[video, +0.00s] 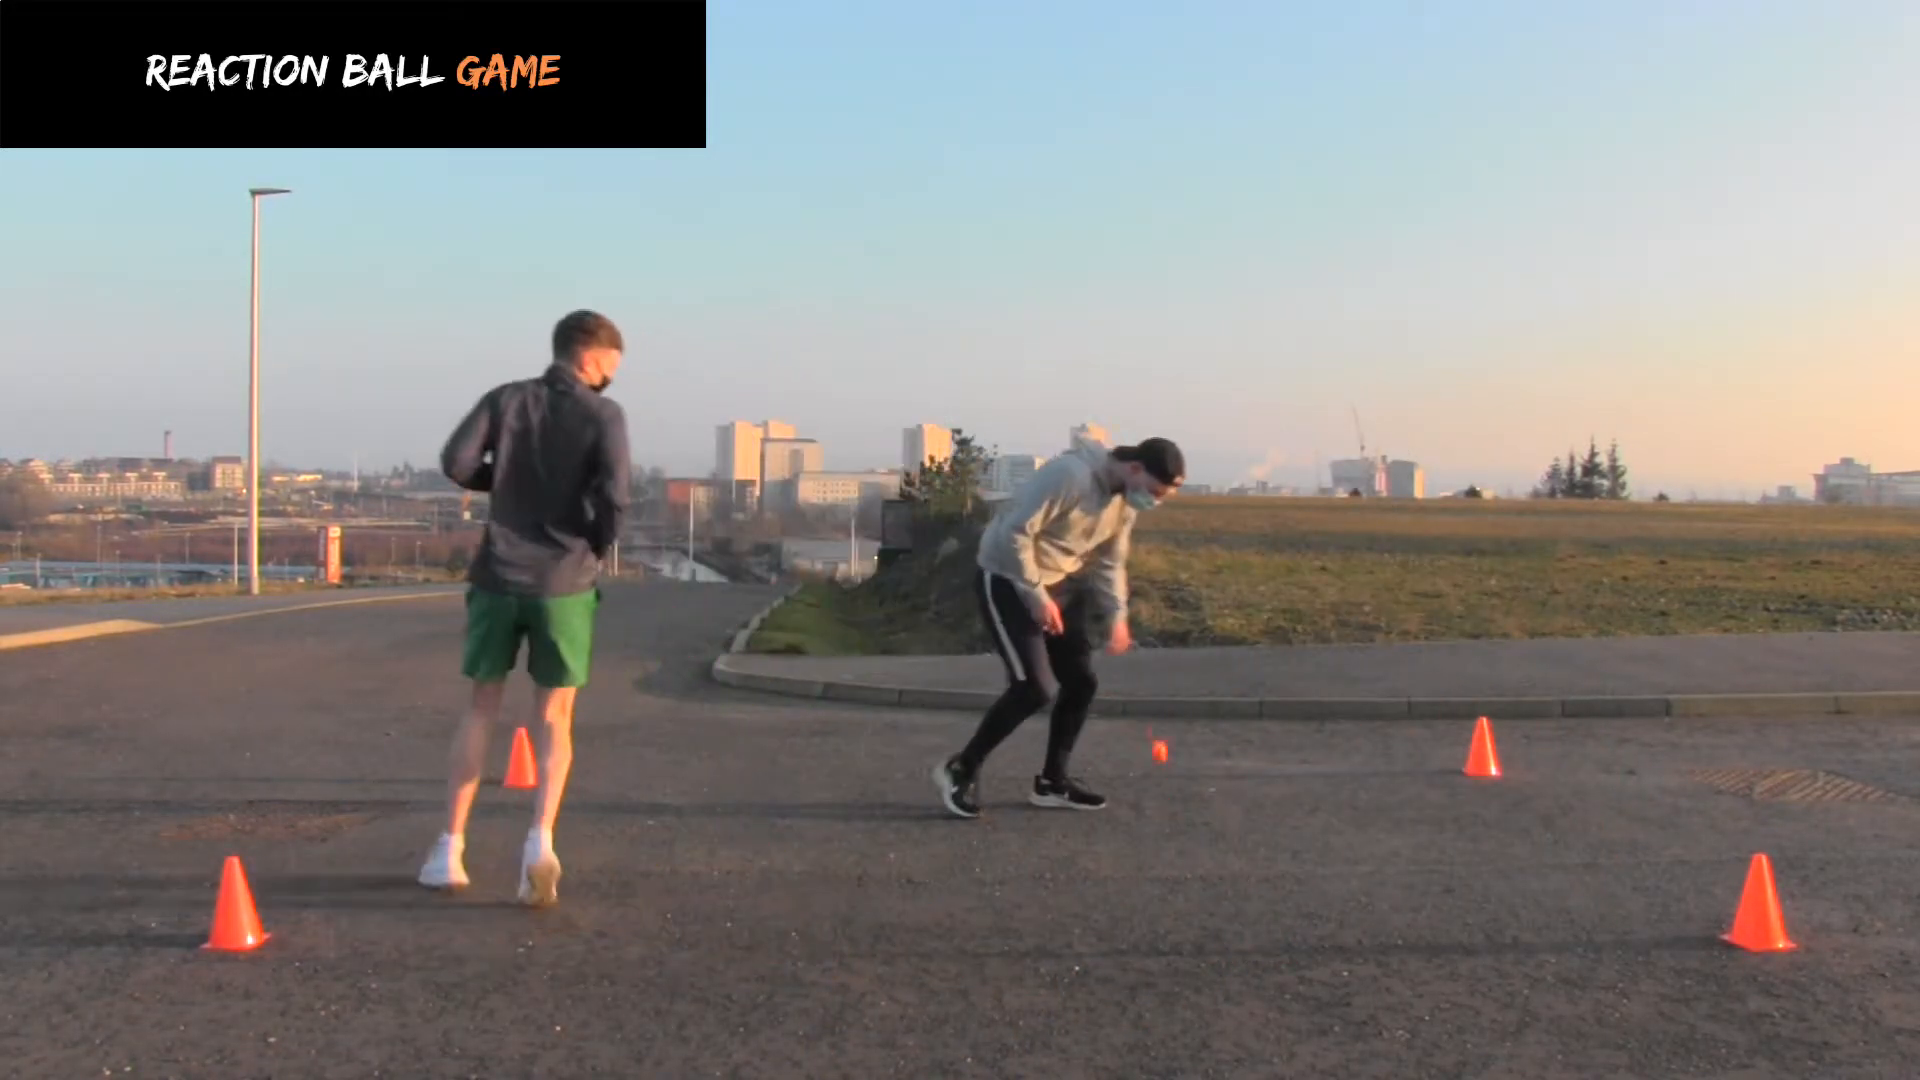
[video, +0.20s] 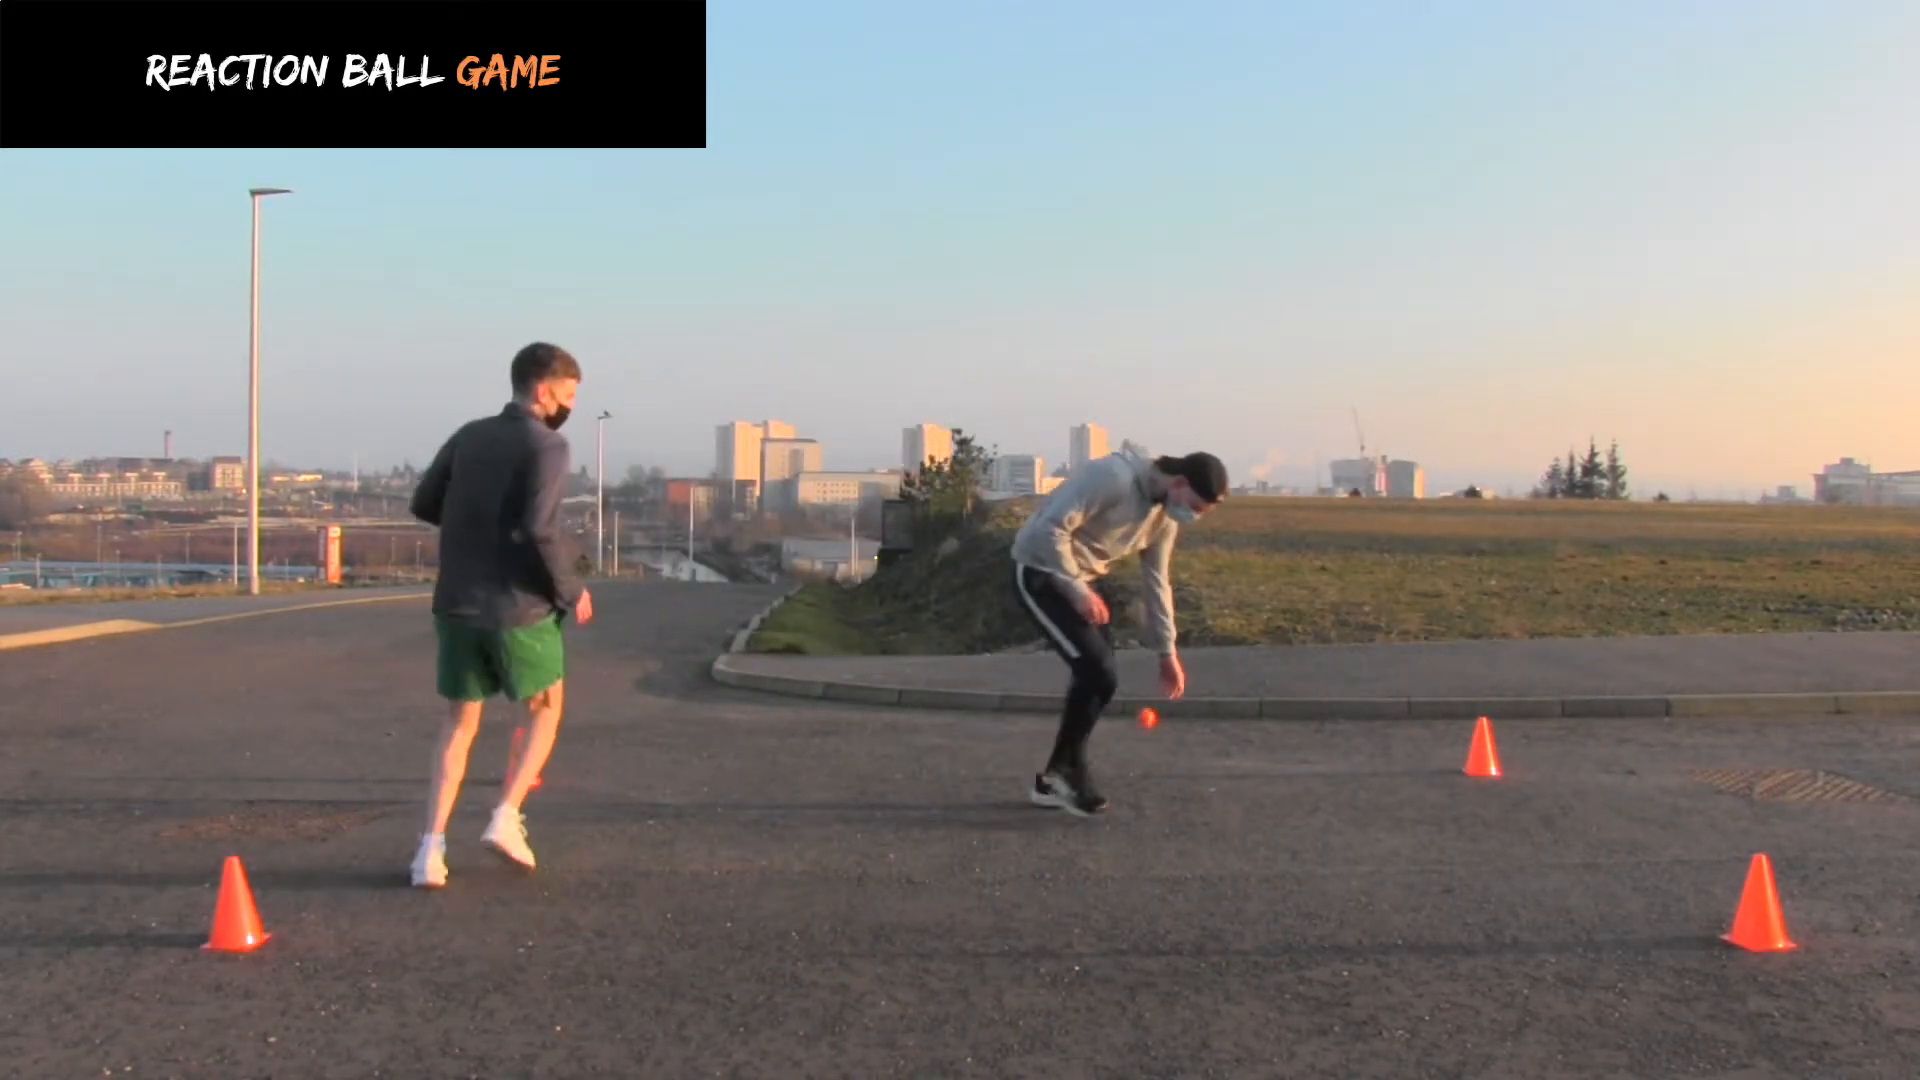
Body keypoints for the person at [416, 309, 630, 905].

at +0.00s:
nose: (614, 372)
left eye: (616, 363)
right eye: (612, 362)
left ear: (562, 350)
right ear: (589, 355)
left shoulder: (505, 398)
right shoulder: (604, 416)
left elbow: (457, 464)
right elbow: (612, 499)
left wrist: (505, 481)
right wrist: (600, 547)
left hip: (496, 578)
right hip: (564, 585)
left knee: (481, 708)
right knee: (555, 717)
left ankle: (449, 848)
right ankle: (540, 840)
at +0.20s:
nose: (571, 406)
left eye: (572, 395)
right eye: (568, 394)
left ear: (522, 386)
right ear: (543, 388)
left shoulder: (469, 435)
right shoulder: (547, 447)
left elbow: (426, 503)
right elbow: (538, 527)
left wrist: (482, 526)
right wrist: (571, 592)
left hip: (457, 607)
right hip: (519, 610)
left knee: (459, 719)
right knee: (546, 705)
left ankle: (430, 848)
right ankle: (507, 816)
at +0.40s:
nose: (576, 389)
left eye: (579, 379)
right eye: (574, 378)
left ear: (531, 368)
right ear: (546, 369)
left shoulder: (482, 415)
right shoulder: (545, 421)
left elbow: (472, 490)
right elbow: (530, 498)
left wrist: (549, 475)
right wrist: (565, 557)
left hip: (467, 571)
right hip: (522, 577)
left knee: (469, 691)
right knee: (535, 690)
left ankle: (427, 814)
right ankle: (503, 808)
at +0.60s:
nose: (595, 416)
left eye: (598, 407)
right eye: (592, 405)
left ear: (554, 399)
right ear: (565, 399)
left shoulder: (504, 440)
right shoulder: (563, 455)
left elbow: (478, 510)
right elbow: (559, 539)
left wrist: (529, 527)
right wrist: (594, 592)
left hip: (488, 597)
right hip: (537, 602)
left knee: (502, 703)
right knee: (553, 700)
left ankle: (430, 777)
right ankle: (497, 810)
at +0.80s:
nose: (620, 398)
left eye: (623, 389)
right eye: (617, 387)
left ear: (579, 377)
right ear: (594, 377)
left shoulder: (527, 417)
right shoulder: (586, 426)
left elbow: (483, 470)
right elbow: (580, 505)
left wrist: (533, 492)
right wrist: (619, 532)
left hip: (519, 569)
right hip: (558, 574)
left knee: (551, 677)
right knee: (556, 680)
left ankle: (533, 784)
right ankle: (502, 798)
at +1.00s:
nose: (642, 413)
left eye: (645, 404)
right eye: (640, 402)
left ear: (605, 392)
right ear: (618, 393)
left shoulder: (560, 434)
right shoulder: (607, 440)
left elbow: (527, 498)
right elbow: (604, 514)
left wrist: (576, 521)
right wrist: (639, 563)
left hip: (552, 580)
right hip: (584, 584)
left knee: (604, 675)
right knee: (594, 691)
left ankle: (589, 780)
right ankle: (514, 787)